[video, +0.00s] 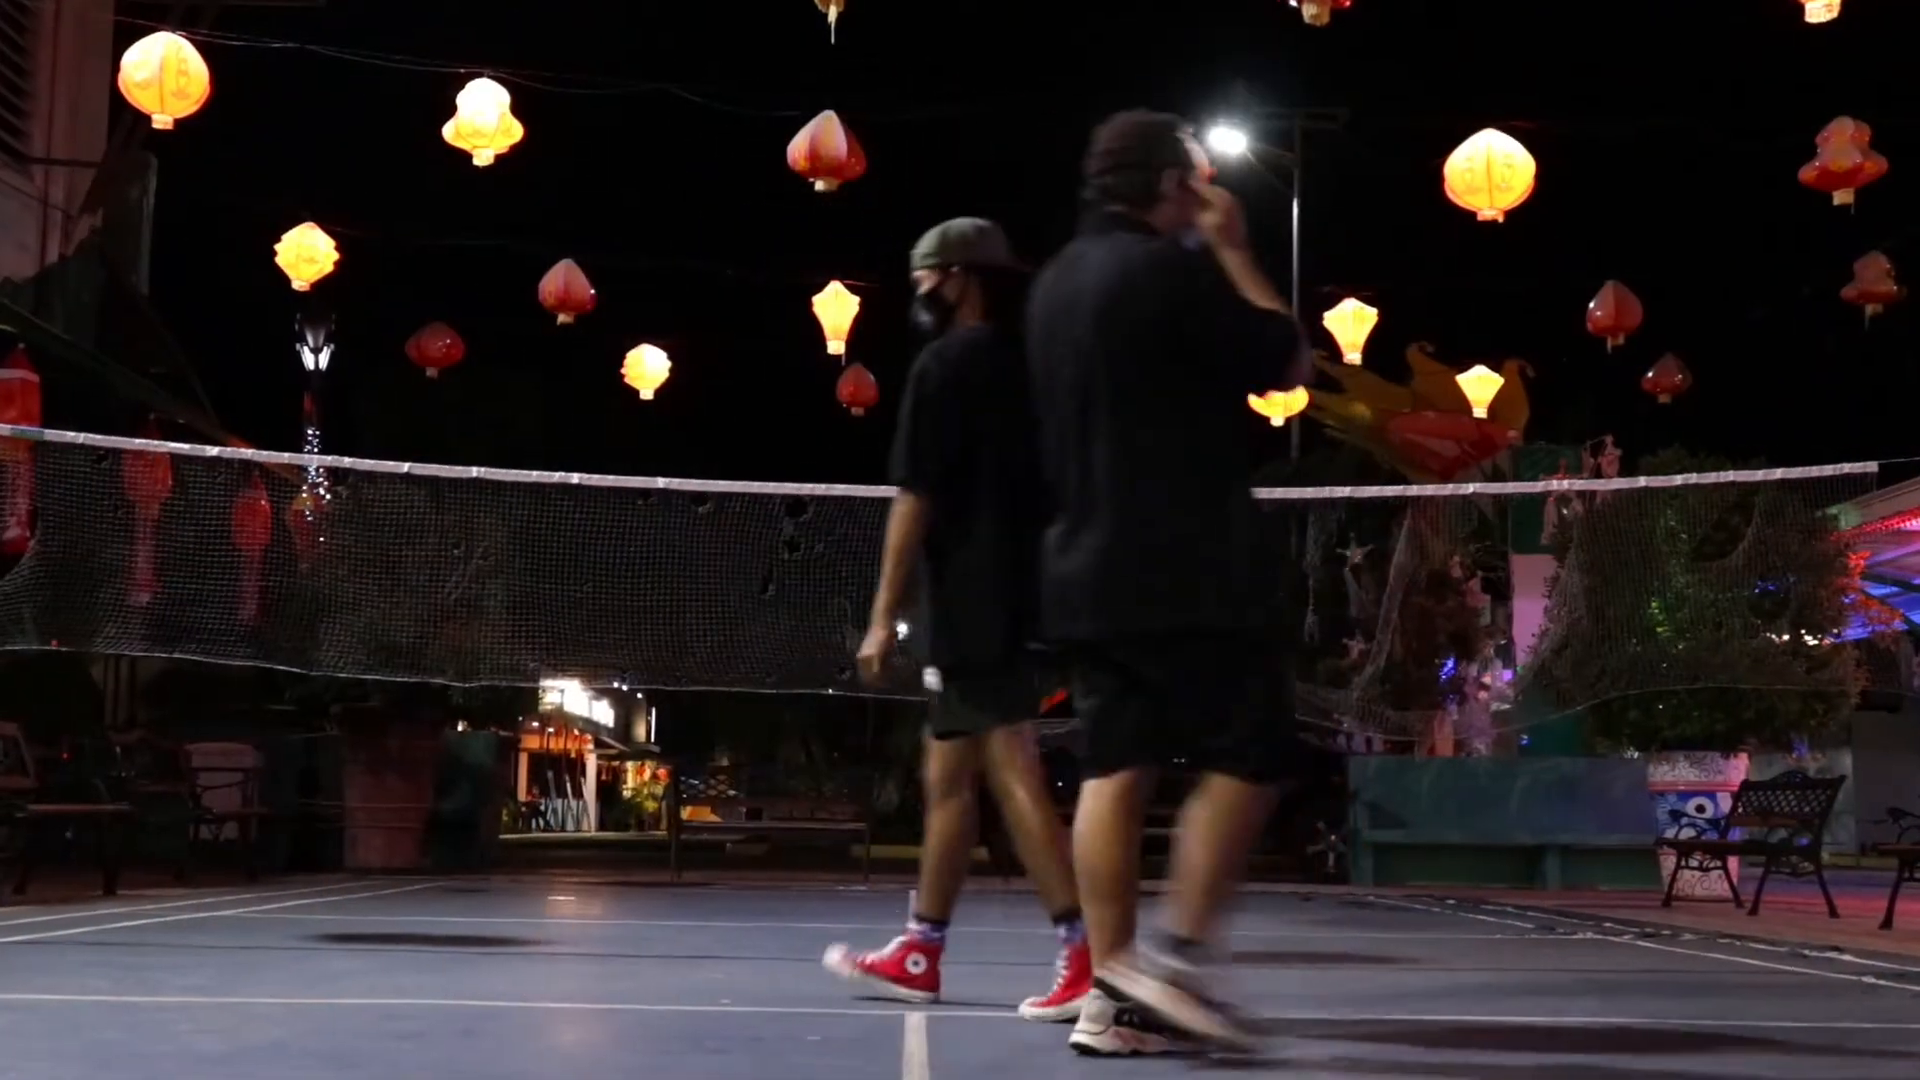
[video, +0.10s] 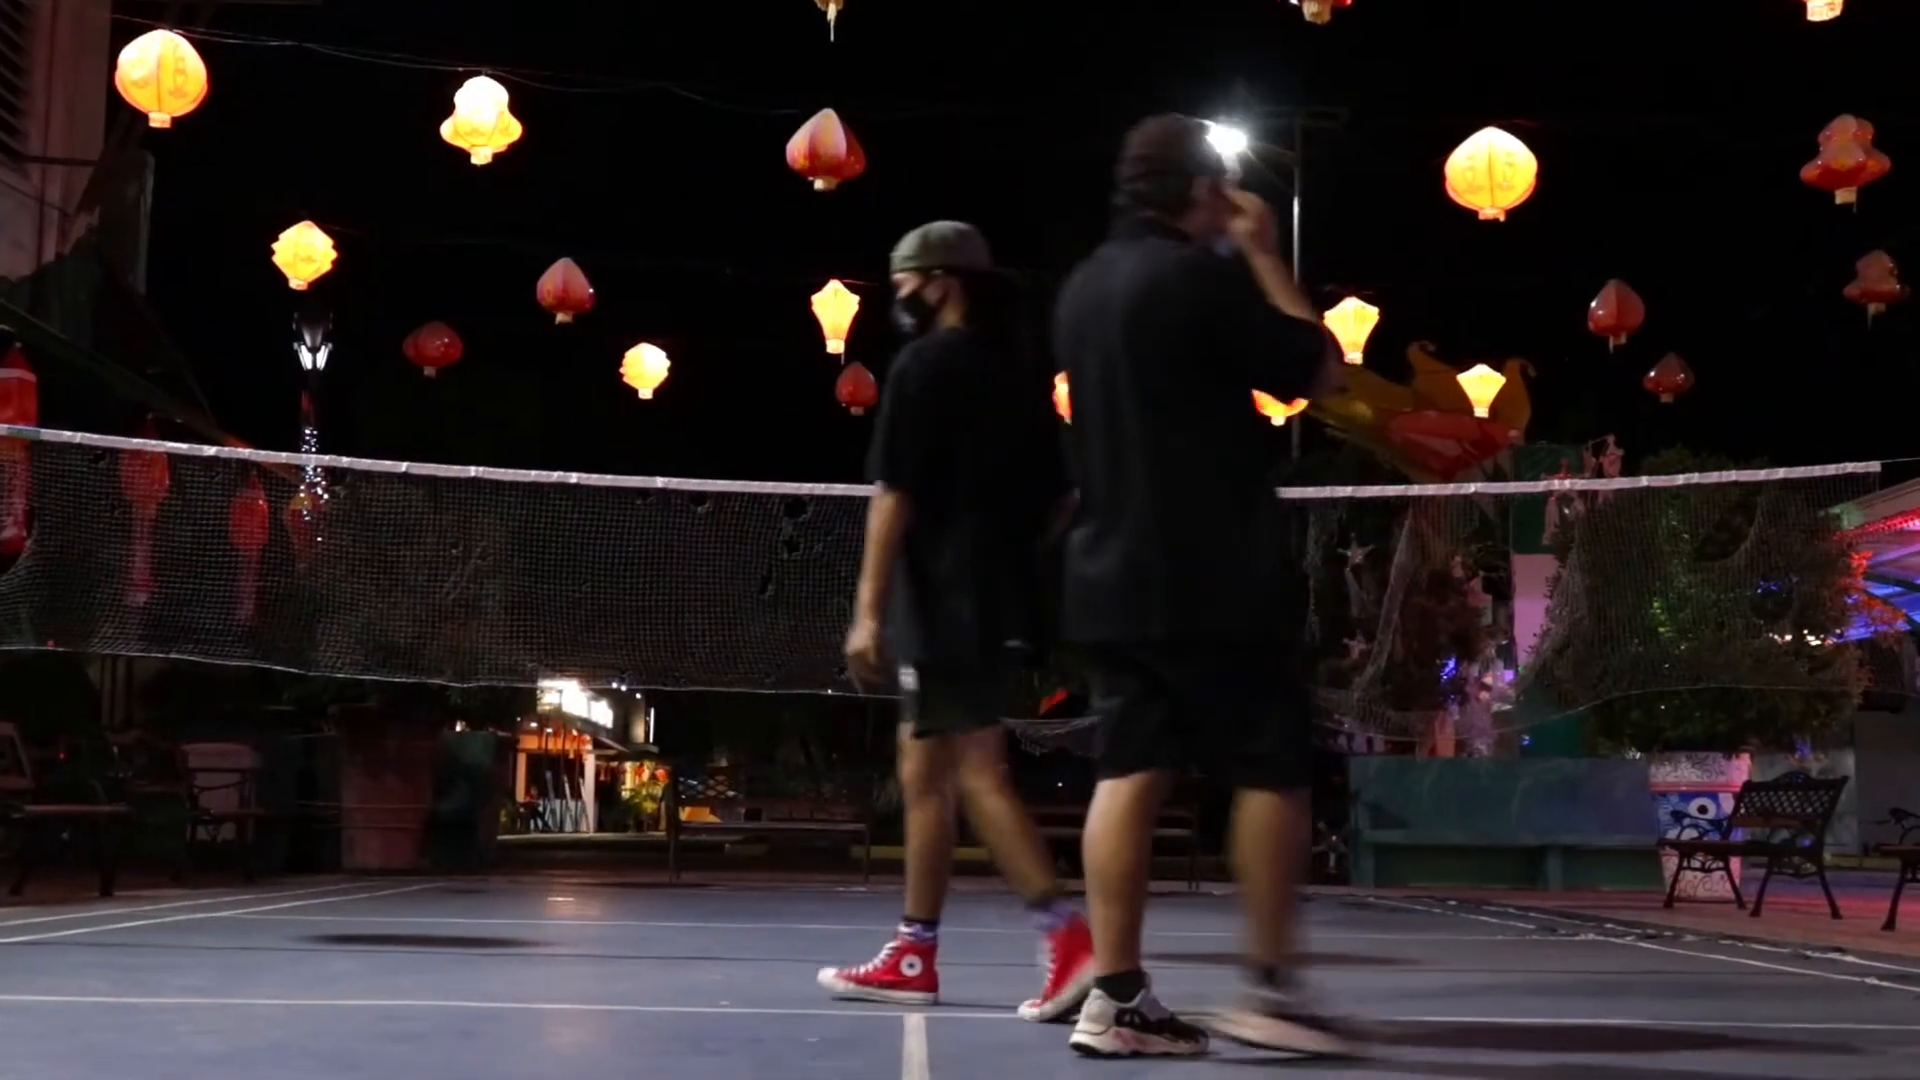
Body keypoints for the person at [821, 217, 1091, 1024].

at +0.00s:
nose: (918, 287)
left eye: (927, 275)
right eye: (918, 275)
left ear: (961, 280)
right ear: (982, 282)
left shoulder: (945, 363)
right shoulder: (1025, 359)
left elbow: (913, 498)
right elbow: (1044, 490)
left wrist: (881, 615)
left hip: (972, 598)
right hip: (1012, 590)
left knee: (1014, 773)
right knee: (947, 772)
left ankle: (1081, 952)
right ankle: (919, 949)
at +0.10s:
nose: (898, 291)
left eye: (906, 279)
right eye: (900, 279)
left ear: (940, 283)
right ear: (968, 282)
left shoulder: (920, 366)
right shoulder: (1012, 365)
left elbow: (891, 497)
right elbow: (1052, 492)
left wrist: (866, 612)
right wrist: (1010, 561)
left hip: (942, 594)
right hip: (992, 590)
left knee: (973, 771)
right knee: (925, 771)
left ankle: (1064, 930)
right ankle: (913, 950)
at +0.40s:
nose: (816, 302)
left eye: (824, 288)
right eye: (815, 289)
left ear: (866, 286)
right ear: (879, 291)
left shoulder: (877, 359)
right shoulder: (924, 359)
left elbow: (855, 479)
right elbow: (916, 489)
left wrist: (784, 578)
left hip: (855, 601)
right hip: (908, 603)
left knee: (772, 741)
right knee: (889, 774)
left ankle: (852, 913)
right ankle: (905, 959)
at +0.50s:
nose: (795, 301)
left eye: (803, 288)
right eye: (794, 290)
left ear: (842, 286)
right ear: (853, 290)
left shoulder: (860, 363)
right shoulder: (898, 361)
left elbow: (846, 485)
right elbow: (861, 489)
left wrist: (771, 581)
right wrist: (787, 569)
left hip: (835, 601)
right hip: (892, 603)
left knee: (752, 746)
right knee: (882, 781)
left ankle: (770, 938)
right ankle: (905, 955)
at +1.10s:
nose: (613, 329)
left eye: (615, 316)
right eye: (611, 318)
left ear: (647, 304)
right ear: (669, 305)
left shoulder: (665, 377)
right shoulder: (717, 372)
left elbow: (584, 472)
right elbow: (666, 467)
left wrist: (518, 416)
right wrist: (605, 402)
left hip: (638, 612)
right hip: (692, 610)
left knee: (611, 771)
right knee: (651, 771)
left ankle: (631, 958)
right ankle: (752, 887)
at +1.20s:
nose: (590, 337)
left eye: (590, 323)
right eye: (585, 327)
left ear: (613, 306)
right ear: (642, 304)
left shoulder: (621, 371)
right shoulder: (691, 370)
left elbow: (518, 423)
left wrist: (526, 327)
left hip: (604, 603)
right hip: (649, 600)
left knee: (607, 779)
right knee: (593, 768)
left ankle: (629, 956)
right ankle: (646, 929)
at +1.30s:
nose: (571, 337)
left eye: (573, 324)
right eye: (568, 325)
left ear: (592, 310)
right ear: (629, 305)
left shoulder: (608, 368)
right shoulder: (670, 371)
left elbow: (496, 410)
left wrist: (526, 315)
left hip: (590, 602)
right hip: (627, 600)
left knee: (601, 779)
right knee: (555, 759)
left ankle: (628, 957)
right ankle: (570, 934)